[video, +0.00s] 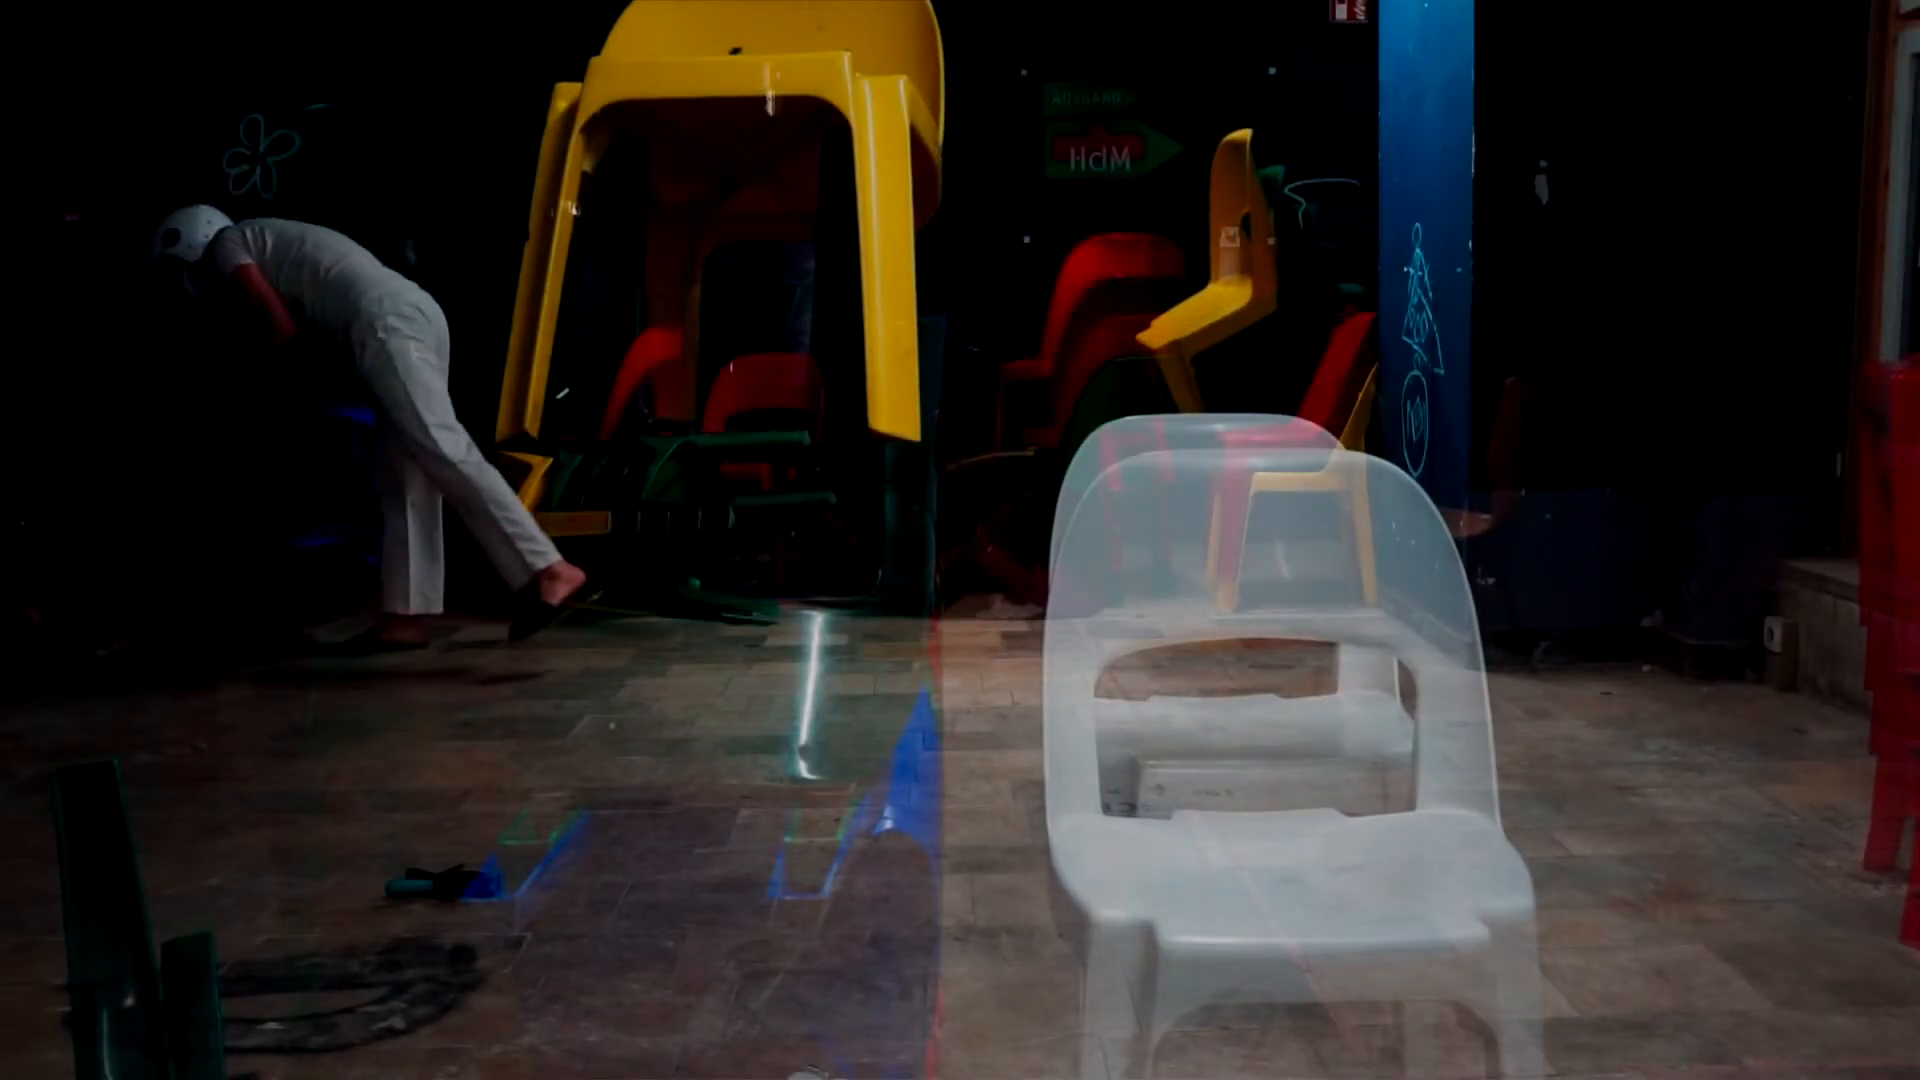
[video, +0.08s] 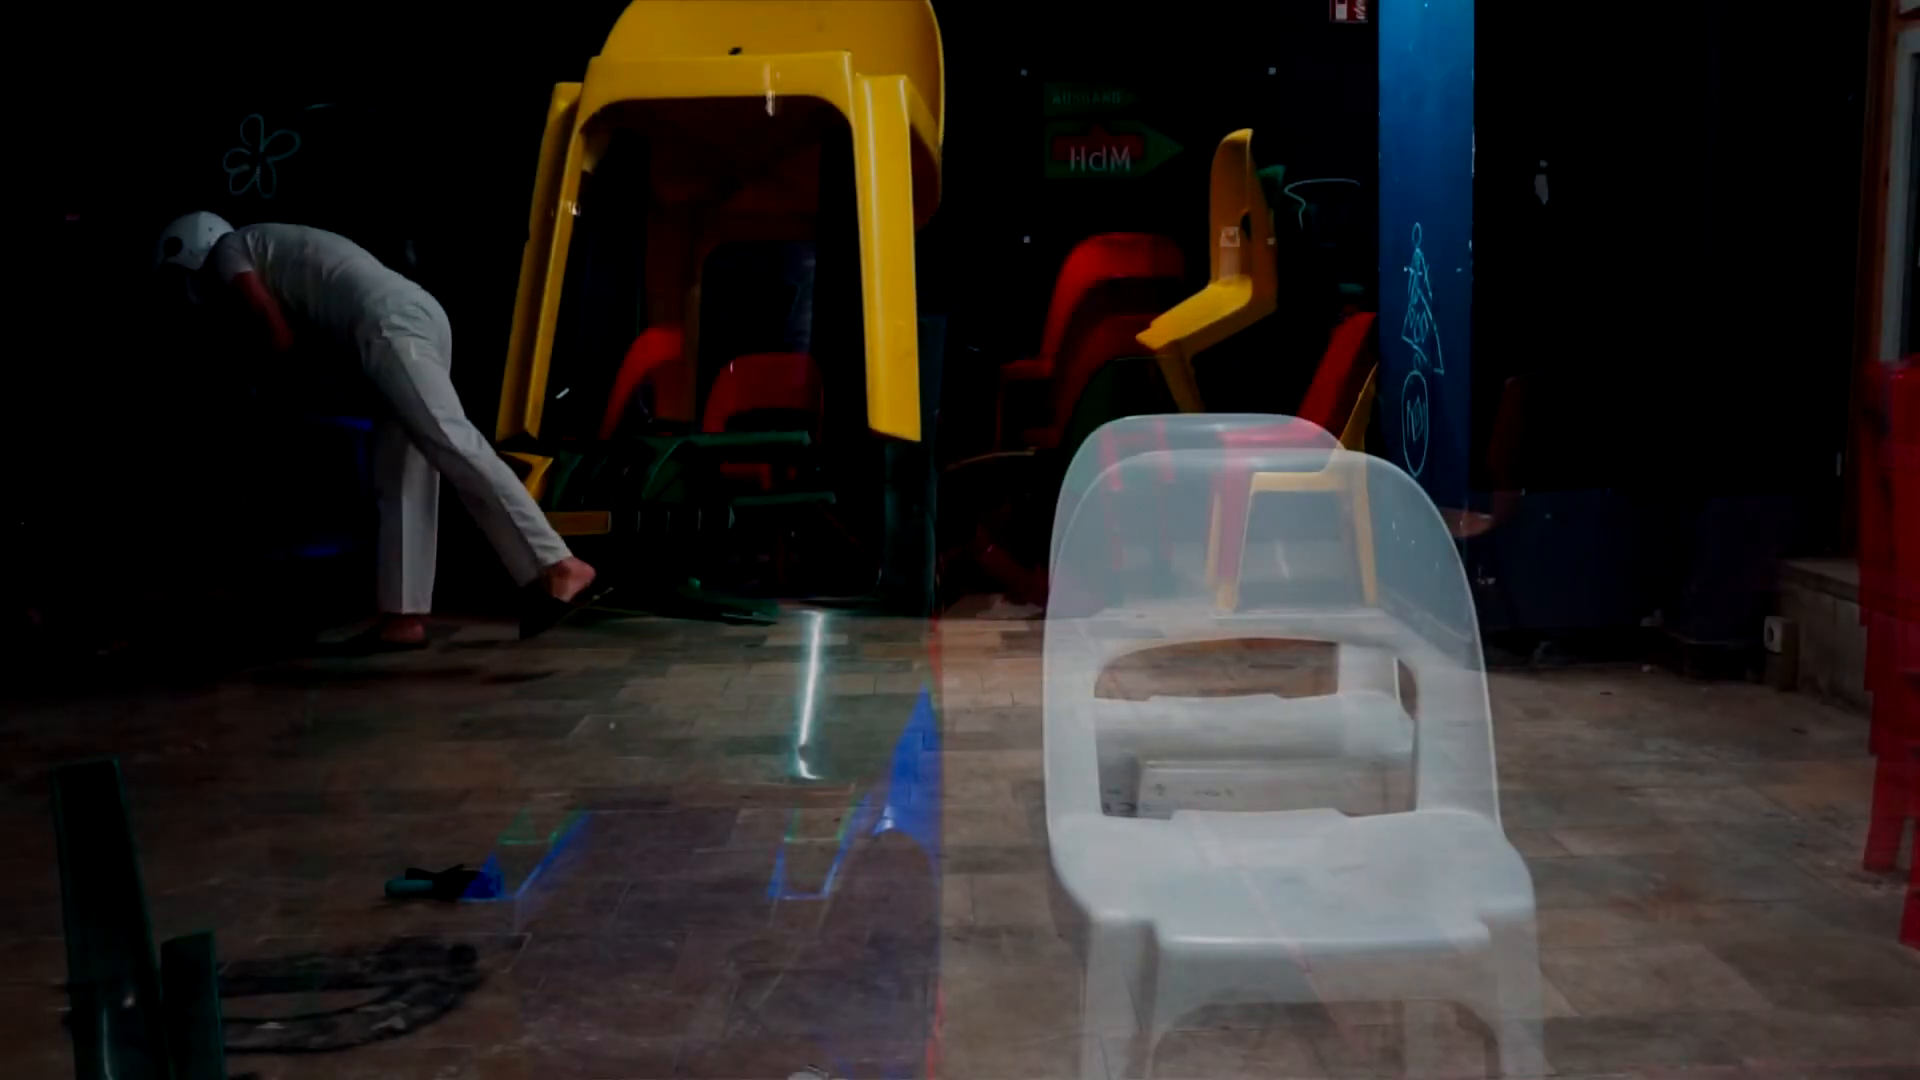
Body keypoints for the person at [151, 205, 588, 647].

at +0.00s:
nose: (188, 271)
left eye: (184, 261)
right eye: (184, 265)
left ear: (195, 244)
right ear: (218, 226)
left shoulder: (226, 242)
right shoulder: (267, 242)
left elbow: (273, 311)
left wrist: (285, 355)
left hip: (386, 315)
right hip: (415, 312)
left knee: (441, 447)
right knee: (407, 472)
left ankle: (550, 570)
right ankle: (409, 615)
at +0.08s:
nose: (193, 282)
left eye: (187, 271)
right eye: (186, 275)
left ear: (197, 251)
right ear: (220, 235)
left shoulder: (230, 249)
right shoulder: (269, 246)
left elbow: (276, 325)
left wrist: (282, 378)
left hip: (389, 316)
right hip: (417, 313)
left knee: (453, 442)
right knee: (403, 473)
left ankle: (562, 567)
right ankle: (404, 615)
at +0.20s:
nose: (195, 296)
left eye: (189, 285)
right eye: (188, 289)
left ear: (198, 264)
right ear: (218, 251)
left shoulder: (234, 260)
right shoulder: (270, 256)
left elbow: (273, 350)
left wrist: (266, 402)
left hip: (394, 320)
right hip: (417, 317)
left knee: (461, 445)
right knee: (392, 467)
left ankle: (565, 572)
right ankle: (404, 617)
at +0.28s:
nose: (198, 303)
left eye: (193, 292)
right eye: (192, 296)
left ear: (201, 271)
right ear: (220, 256)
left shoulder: (235, 266)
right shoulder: (271, 261)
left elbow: (272, 359)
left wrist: (273, 409)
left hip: (397, 323)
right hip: (421, 320)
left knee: (461, 449)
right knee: (392, 466)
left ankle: (564, 579)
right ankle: (403, 618)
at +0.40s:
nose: (205, 309)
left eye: (199, 299)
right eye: (198, 303)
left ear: (207, 277)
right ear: (228, 261)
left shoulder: (241, 270)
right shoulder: (280, 265)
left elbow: (269, 362)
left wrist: (261, 422)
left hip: (403, 326)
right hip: (429, 322)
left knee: (468, 459)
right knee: (394, 472)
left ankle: (564, 587)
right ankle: (402, 618)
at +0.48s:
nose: (210, 308)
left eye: (204, 299)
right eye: (203, 302)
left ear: (213, 276)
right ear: (231, 264)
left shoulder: (244, 269)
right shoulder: (284, 269)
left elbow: (266, 365)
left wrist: (264, 421)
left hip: (405, 327)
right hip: (430, 324)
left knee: (470, 460)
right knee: (395, 471)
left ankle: (566, 590)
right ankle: (401, 619)